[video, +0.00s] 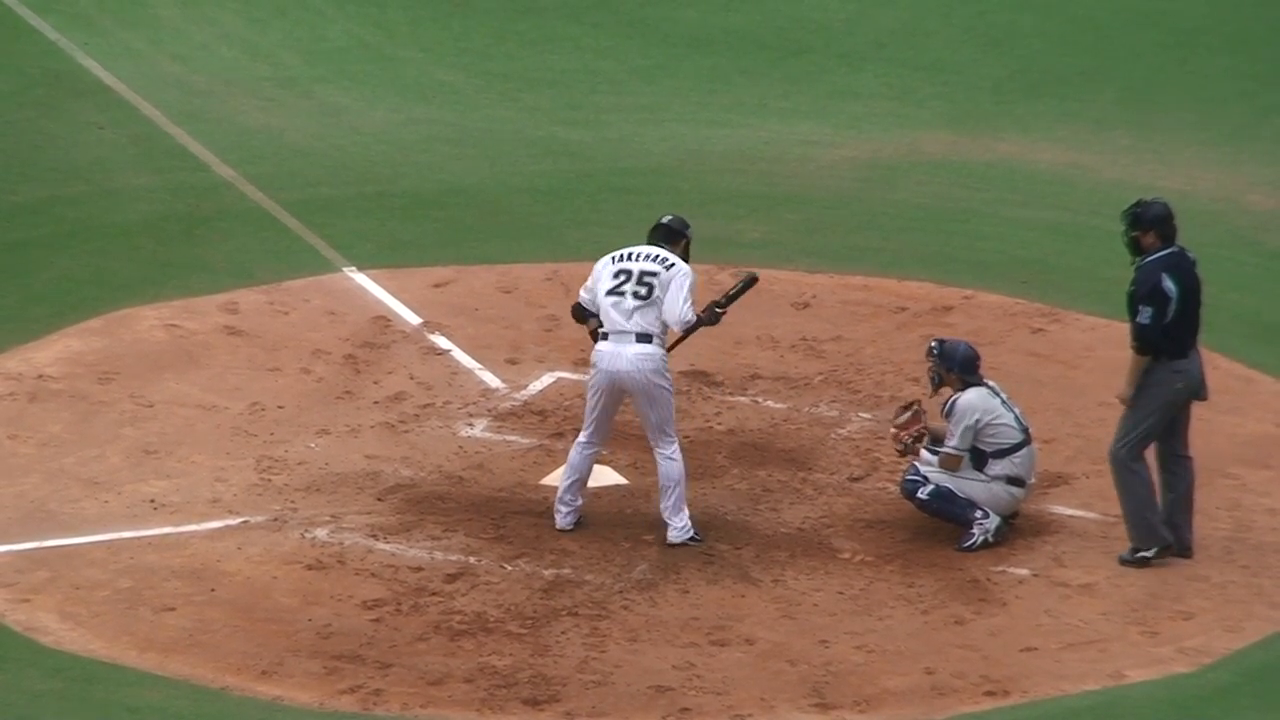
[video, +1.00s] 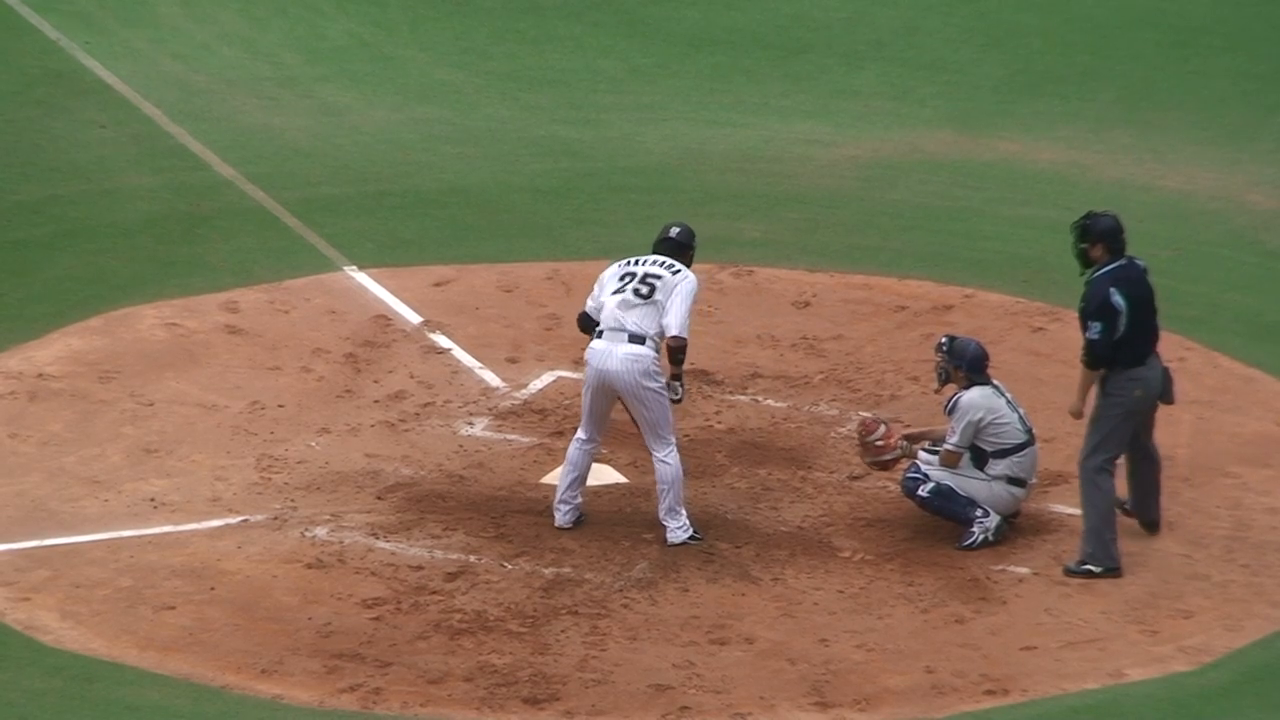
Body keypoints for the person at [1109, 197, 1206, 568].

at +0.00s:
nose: (1131, 237)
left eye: (1135, 232)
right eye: (1133, 230)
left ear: (1148, 236)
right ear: (1166, 232)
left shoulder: (1152, 272)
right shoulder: (1183, 261)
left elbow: (1144, 341)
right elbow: (1185, 323)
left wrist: (1129, 385)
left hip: (1163, 373)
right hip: (1186, 369)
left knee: (1124, 451)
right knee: (1174, 453)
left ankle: (1149, 540)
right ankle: (1177, 536)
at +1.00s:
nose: (1082, 249)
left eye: (1086, 244)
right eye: (1082, 242)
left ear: (1100, 248)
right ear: (1112, 245)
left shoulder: (1100, 289)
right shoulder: (1136, 269)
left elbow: (1094, 354)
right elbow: (1144, 326)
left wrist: (1079, 398)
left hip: (1124, 383)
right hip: (1150, 373)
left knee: (1094, 463)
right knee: (1140, 444)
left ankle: (1101, 557)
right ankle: (1146, 510)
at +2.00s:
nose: (1089, 238)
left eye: (1093, 233)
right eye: (1091, 231)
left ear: (1105, 239)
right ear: (1122, 235)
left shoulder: (1103, 277)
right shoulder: (1139, 263)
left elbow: (1096, 343)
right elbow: (1141, 323)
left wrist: (1085, 389)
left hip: (1115, 374)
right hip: (1140, 365)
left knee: (1106, 459)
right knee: (1134, 441)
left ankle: (1106, 554)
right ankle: (1144, 511)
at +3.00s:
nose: (1093, 236)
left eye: (1098, 232)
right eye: (1096, 230)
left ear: (1110, 237)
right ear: (1126, 234)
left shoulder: (1109, 276)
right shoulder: (1143, 261)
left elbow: (1106, 343)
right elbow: (1145, 321)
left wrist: (1095, 388)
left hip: (1124, 372)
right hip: (1147, 363)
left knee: (1108, 457)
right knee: (1139, 443)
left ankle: (1103, 553)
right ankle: (1145, 512)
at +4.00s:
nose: (1091, 243)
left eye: (1095, 238)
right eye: (1093, 237)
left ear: (1108, 243)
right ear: (1124, 240)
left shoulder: (1106, 284)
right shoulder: (1142, 268)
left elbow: (1102, 350)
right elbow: (1143, 327)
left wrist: (1091, 392)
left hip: (1121, 378)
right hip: (1144, 369)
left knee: (1109, 462)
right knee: (1138, 448)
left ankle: (1105, 557)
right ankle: (1147, 516)